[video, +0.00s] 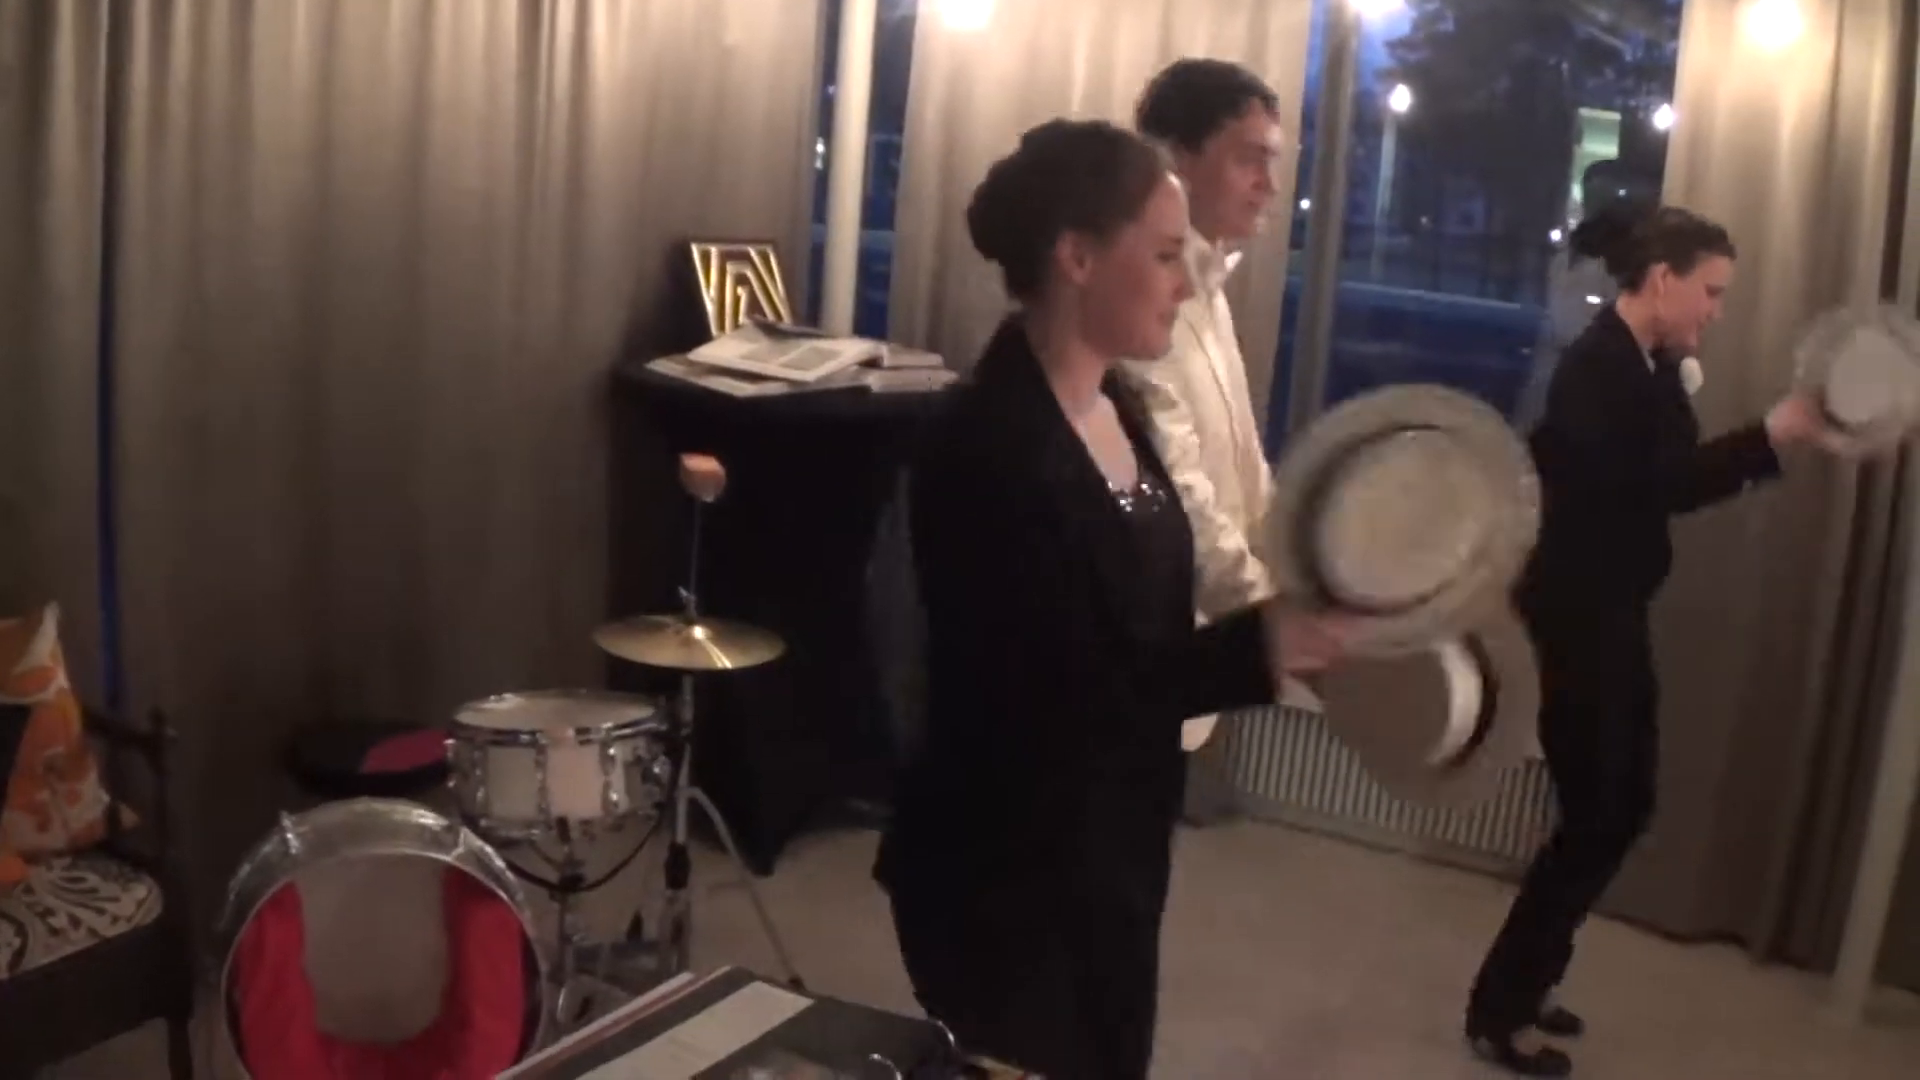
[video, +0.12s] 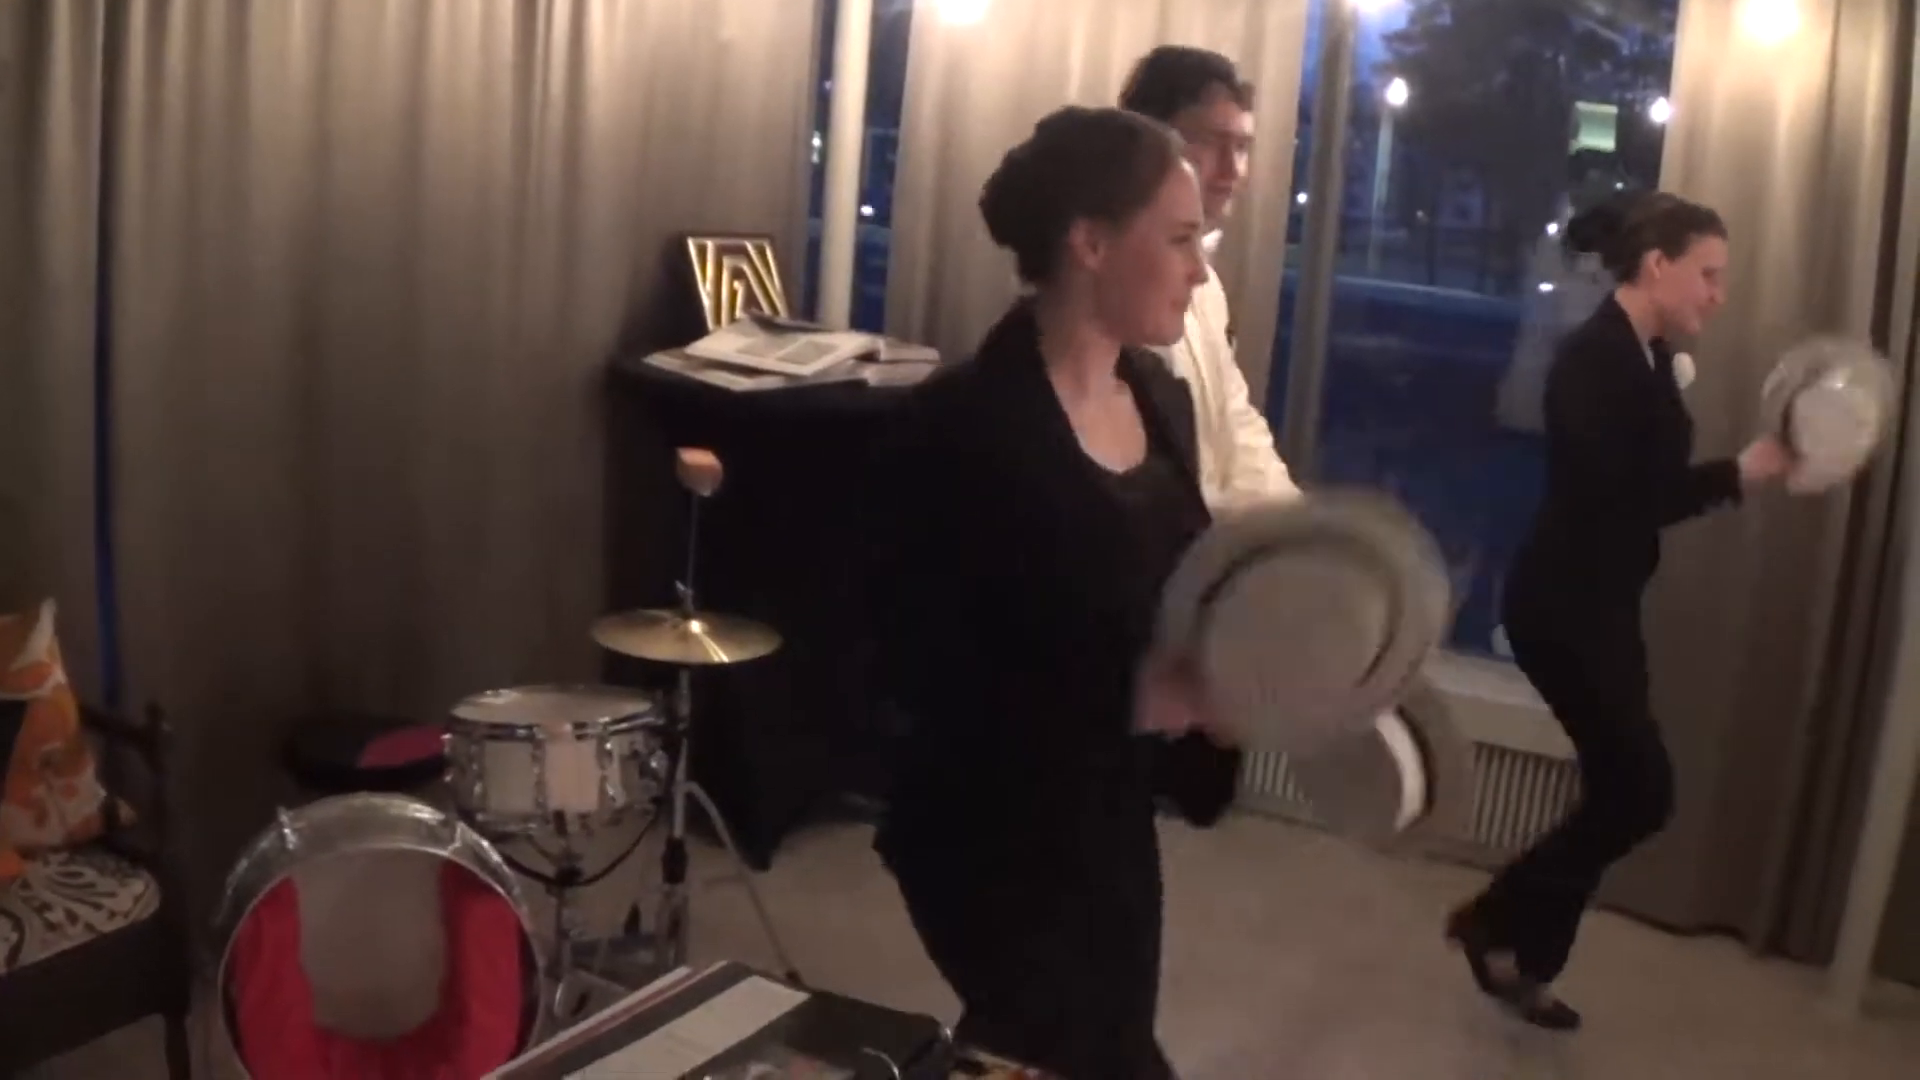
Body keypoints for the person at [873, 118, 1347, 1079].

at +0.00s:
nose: (1187, 285)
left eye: (1183, 258)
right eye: (1165, 257)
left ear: (1088, 262)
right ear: (1075, 260)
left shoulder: (1116, 409)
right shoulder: (984, 445)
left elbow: (1147, 644)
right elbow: (1060, 698)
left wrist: (1289, 622)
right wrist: (1256, 650)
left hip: (1111, 856)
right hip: (1003, 877)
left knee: (1113, 1061)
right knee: (1032, 1068)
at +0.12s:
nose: (1203, 269)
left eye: (1201, 242)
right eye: (1182, 240)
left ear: (1102, 247)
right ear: (1088, 244)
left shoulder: (1153, 400)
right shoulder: (953, 433)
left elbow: (1191, 599)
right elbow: (938, 693)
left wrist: (1292, 664)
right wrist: (1131, 699)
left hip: (1112, 817)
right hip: (985, 834)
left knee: (1119, 1052)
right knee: (1068, 1054)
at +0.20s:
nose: (1203, 268)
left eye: (1202, 240)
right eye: (1184, 239)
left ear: (1109, 244)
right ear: (1093, 243)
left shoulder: (1173, 399)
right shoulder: (946, 418)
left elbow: (1210, 591)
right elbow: (884, 656)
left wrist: (1271, 671)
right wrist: (1029, 779)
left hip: (1127, 808)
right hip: (976, 831)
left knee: (1110, 1048)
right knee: (1091, 1052)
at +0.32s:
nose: (1204, 297)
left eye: (1200, 268)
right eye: (1183, 267)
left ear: (1109, 273)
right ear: (1093, 271)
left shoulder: (1185, 435)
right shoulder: (942, 441)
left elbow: (1212, 636)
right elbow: (844, 664)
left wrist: (1259, 776)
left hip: (1124, 877)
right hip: (965, 877)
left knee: (1131, 1064)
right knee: (957, 1063)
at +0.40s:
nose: (1205, 303)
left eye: (1202, 273)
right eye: (1184, 272)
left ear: (1110, 280)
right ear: (1093, 277)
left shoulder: (1196, 440)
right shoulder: (944, 438)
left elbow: (1279, 598)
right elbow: (840, 626)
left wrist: (1359, 755)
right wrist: (874, 783)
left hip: (1130, 872)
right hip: (973, 875)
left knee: (1134, 1064)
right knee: (988, 1065)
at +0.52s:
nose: (1213, 278)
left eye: (1214, 250)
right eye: (1192, 251)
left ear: (1143, 258)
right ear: (1094, 256)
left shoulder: (1218, 401)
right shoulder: (932, 395)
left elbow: (1404, 475)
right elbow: (775, 502)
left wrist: (1607, 551)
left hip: (1115, 853)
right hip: (951, 849)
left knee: (1131, 1068)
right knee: (947, 1072)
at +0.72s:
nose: (1243, 342)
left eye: (1241, 313)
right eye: (1220, 309)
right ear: (1123, 312)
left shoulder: (1233, 460)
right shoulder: (948, 422)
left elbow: (1406, 474)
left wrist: (1616, 433)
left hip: (1094, 858)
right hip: (926, 853)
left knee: (1255, 1069)